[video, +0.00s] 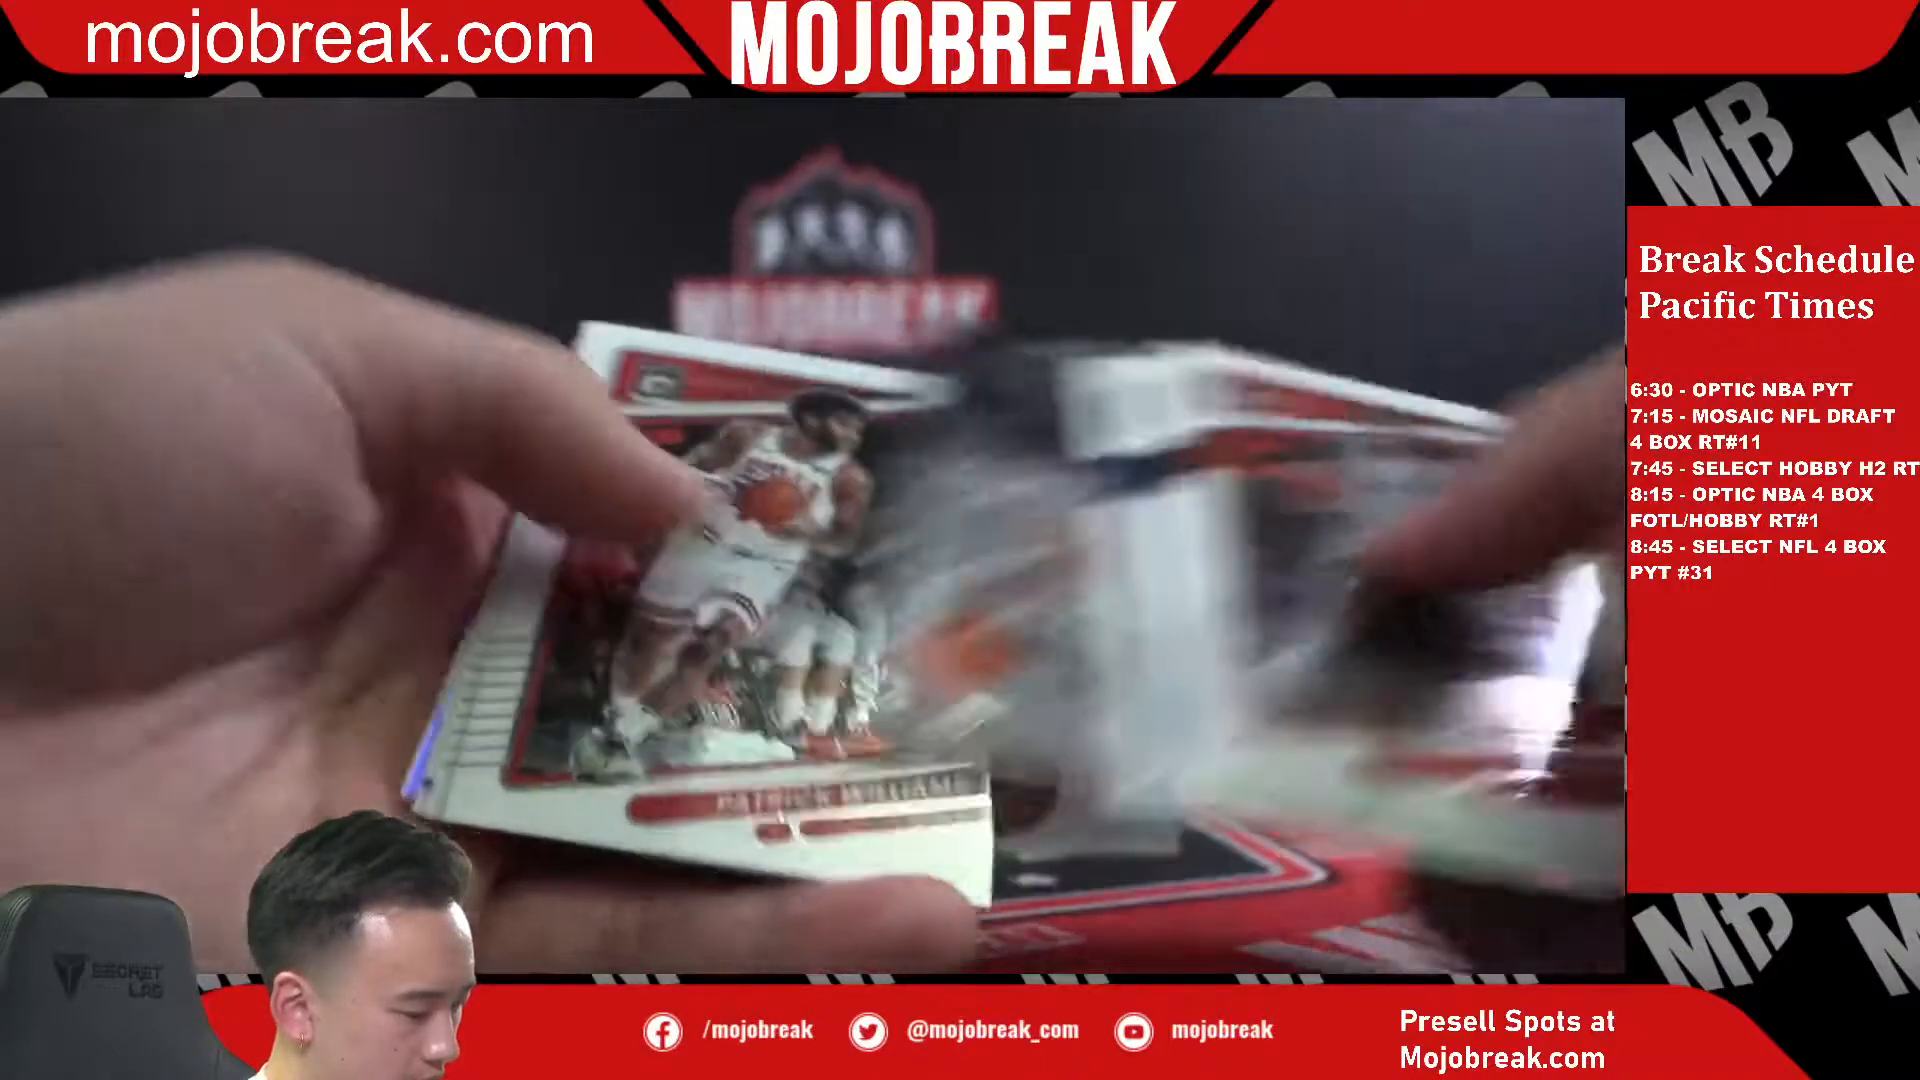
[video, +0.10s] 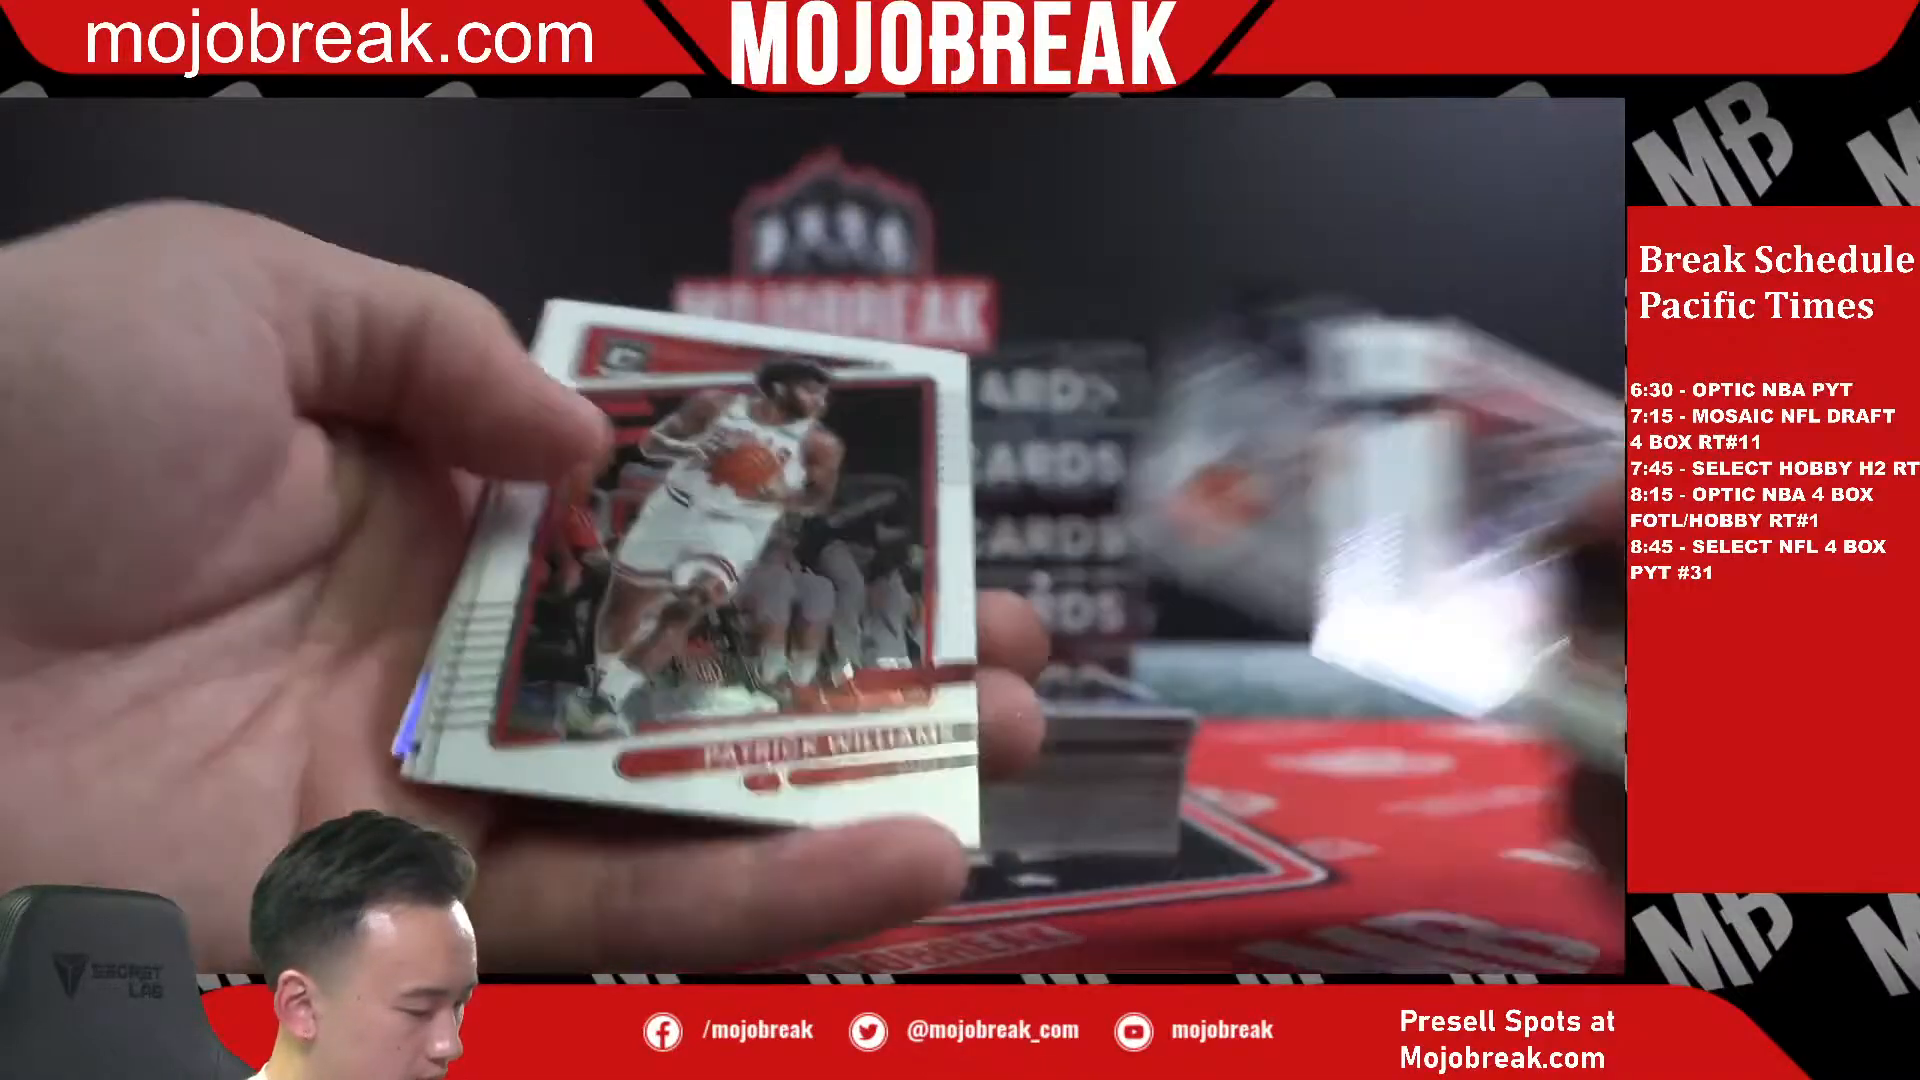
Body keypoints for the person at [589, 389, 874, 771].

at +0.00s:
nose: (852, 437)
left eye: (857, 430)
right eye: (844, 424)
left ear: (857, 439)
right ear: (810, 417)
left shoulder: (849, 479)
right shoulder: (749, 436)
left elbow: (844, 542)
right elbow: (690, 469)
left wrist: (807, 534)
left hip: (767, 565)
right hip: (703, 542)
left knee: (720, 638)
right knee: (652, 631)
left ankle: (633, 729)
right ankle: (617, 720)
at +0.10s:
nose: (819, 401)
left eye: (823, 395)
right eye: (811, 390)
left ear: (822, 405)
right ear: (779, 387)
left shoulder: (820, 446)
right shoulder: (716, 406)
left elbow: (819, 499)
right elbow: (651, 442)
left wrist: (779, 496)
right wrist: (696, 450)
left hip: (735, 530)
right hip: (672, 509)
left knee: (696, 602)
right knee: (622, 603)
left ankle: (611, 696)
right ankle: (601, 687)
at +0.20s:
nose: (807, 399)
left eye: (810, 392)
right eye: (798, 389)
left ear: (811, 397)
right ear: (766, 387)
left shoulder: (808, 443)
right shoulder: (703, 405)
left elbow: (807, 495)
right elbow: (639, 441)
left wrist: (766, 492)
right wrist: (688, 453)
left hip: (727, 527)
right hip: (661, 508)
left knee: (682, 598)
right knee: (615, 605)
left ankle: (603, 693)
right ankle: (595, 684)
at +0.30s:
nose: (807, 398)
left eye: (810, 390)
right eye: (799, 387)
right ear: (766, 384)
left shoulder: (808, 440)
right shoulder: (703, 402)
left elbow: (806, 492)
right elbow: (639, 439)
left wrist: (766, 489)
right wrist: (687, 451)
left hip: (726, 524)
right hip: (662, 506)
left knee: (682, 596)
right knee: (615, 600)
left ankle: (602, 691)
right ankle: (596, 680)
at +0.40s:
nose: (827, 390)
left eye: (832, 382)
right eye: (820, 379)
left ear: (835, 387)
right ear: (792, 377)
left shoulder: (832, 432)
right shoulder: (728, 398)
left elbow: (832, 486)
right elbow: (663, 436)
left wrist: (777, 484)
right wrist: (710, 443)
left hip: (748, 517)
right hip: (684, 501)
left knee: (706, 589)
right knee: (638, 588)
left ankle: (629, 680)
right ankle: (620, 680)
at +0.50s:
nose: (916, 387)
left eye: (918, 379)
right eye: (909, 378)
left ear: (914, 382)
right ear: (877, 376)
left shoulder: (918, 427)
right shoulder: (811, 395)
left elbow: (919, 484)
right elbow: (753, 430)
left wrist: (863, 481)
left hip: (839, 511)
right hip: (771, 495)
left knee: (791, 585)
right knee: (733, 585)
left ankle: (717, 682)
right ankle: (705, 683)